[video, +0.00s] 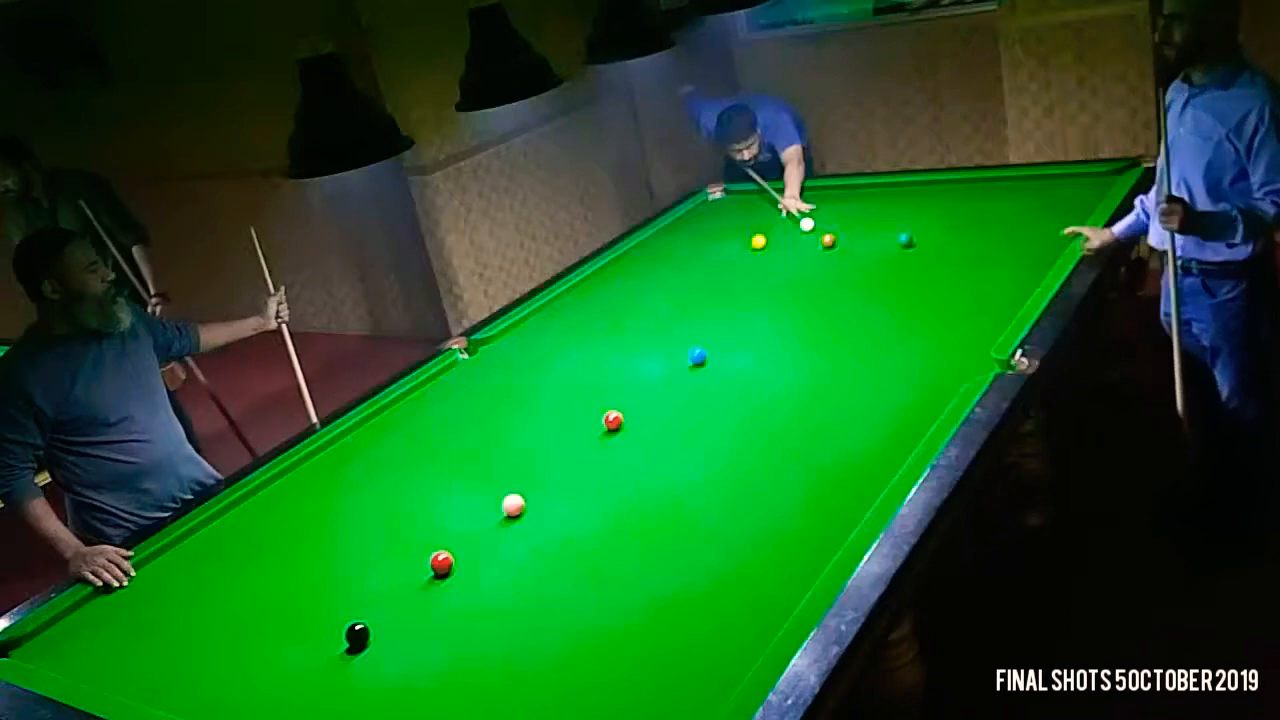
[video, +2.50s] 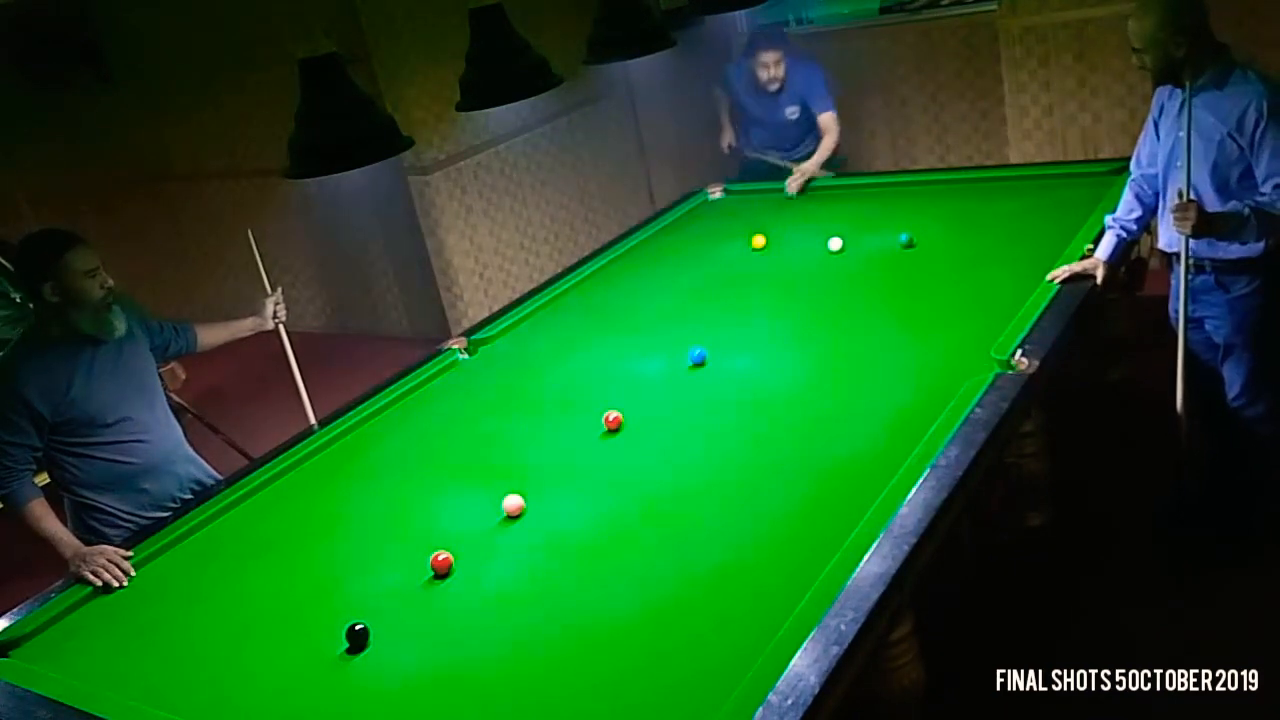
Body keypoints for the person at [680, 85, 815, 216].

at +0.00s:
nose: (746, 156)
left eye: (750, 148)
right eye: (737, 152)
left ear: (758, 134)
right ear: (721, 143)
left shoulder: (777, 121)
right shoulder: (710, 121)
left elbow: (794, 161)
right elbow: (691, 100)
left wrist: (791, 195)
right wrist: (687, 93)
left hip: (777, 157)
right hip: (736, 163)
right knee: (739, 211)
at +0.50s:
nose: (745, 156)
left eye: (750, 147)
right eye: (736, 151)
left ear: (758, 134)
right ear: (722, 142)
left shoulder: (776, 121)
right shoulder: (710, 120)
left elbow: (794, 160)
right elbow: (693, 99)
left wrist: (791, 196)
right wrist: (688, 90)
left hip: (777, 156)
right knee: (738, 210)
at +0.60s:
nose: (744, 155)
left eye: (749, 146)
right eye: (736, 150)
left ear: (758, 133)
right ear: (719, 141)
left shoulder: (777, 121)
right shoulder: (709, 118)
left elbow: (794, 161)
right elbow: (691, 92)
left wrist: (791, 195)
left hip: (778, 156)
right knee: (738, 210)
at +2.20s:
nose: (754, 133)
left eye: (760, 123)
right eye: (746, 126)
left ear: (768, 113)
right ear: (732, 119)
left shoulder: (787, 111)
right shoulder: (720, 105)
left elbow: (797, 158)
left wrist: (792, 195)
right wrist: (724, 142)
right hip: (742, 155)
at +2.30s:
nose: (759, 115)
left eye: (765, 105)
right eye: (751, 108)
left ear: (773, 98)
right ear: (738, 103)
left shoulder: (794, 105)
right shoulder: (726, 96)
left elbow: (801, 151)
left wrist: (794, 192)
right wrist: (726, 135)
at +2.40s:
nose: (765, 95)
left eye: (771, 86)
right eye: (757, 88)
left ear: (779, 80)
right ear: (744, 86)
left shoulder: (800, 92)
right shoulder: (731, 86)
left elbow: (814, 145)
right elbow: (718, 95)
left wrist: (799, 184)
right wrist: (726, 131)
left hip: (793, 165)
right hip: (750, 164)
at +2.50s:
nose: (772, 74)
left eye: (778, 65)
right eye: (764, 67)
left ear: (786, 61)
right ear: (750, 65)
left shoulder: (807, 76)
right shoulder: (736, 76)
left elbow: (831, 131)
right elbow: (720, 91)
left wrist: (811, 166)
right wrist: (726, 127)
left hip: (803, 161)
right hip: (758, 161)